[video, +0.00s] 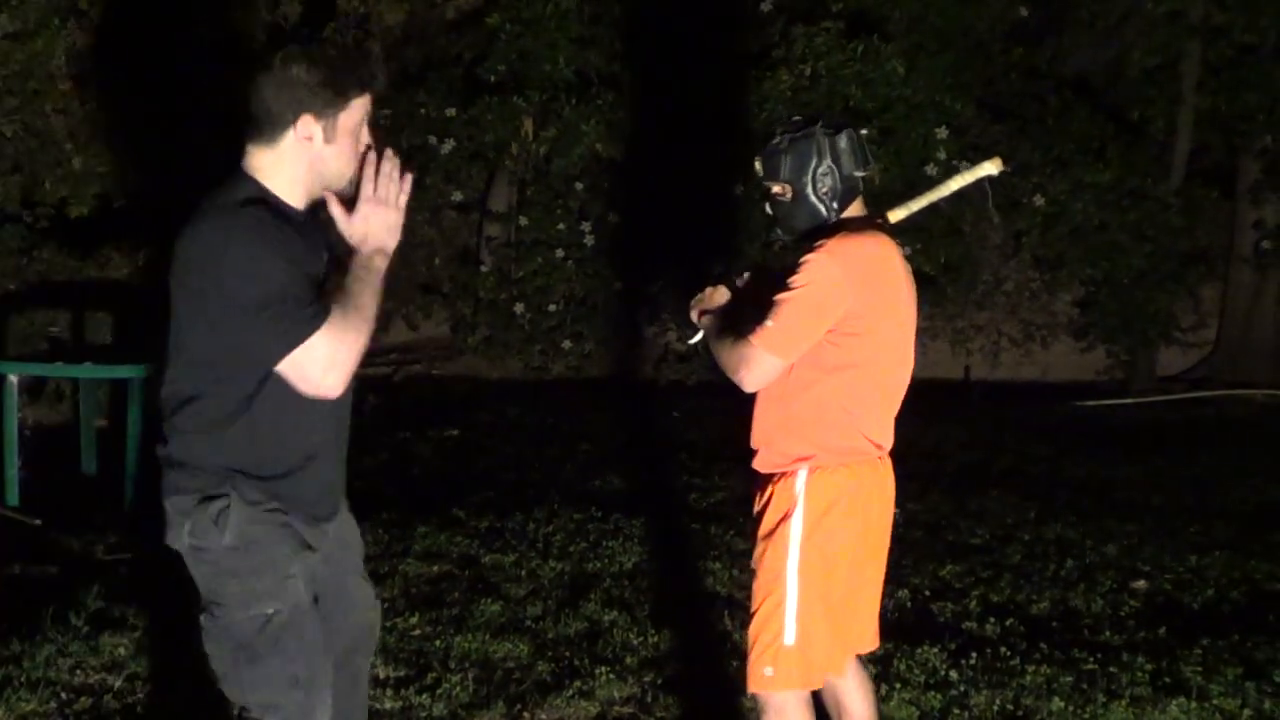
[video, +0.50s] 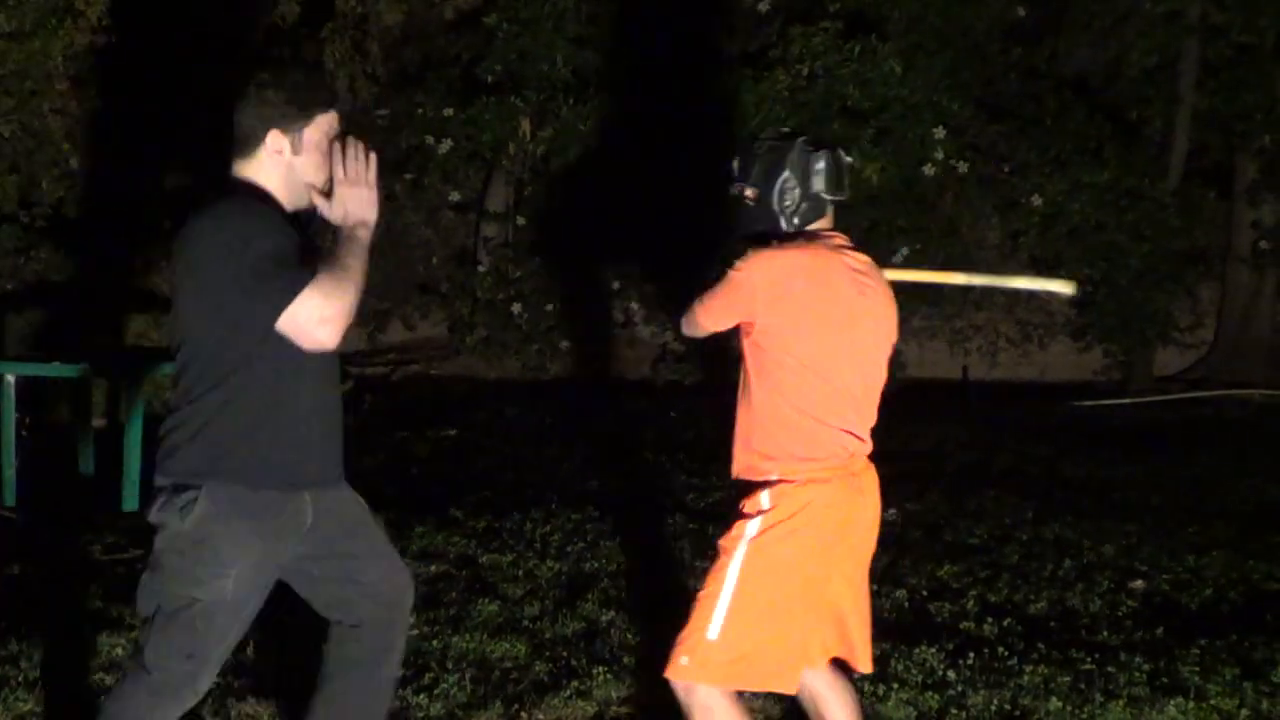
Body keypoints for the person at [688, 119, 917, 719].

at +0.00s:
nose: (775, 206)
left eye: (782, 192)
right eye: (772, 192)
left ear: (820, 188)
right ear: (840, 185)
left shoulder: (836, 262)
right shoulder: (881, 257)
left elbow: (750, 369)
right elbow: (815, 343)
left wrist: (714, 323)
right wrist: (742, 308)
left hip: (815, 487)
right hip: (857, 482)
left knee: (777, 680)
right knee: (835, 661)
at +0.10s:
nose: (775, 200)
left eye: (783, 187)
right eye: (773, 187)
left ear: (821, 185)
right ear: (843, 182)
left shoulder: (836, 262)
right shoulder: (883, 258)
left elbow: (746, 366)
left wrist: (711, 324)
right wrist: (738, 310)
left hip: (817, 488)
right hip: (861, 483)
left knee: (779, 682)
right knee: (834, 666)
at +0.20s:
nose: (777, 198)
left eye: (786, 184)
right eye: (776, 183)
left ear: (821, 185)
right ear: (850, 186)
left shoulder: (825, 261)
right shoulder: (895, 268)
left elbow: (728, 354)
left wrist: (705, 329)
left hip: (818, 487)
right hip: (873, 485)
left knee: (773, 680)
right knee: (835, 670)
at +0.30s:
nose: (774, 198)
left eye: (781, 186)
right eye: (774, 185)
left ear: (812, 190)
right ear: (853, 192)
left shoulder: (799, 263)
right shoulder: (903, 276)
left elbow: (699, 330)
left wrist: (756, 281)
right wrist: (875, 250)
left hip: (815, 492)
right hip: (878, 488)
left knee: (755, 679)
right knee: (832, 673)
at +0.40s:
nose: (764, 201)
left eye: (770, 191)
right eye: (765, 189)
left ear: (791, 199)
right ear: (846, 197)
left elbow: (697, 309)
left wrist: (765, 277)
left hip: (804, 500)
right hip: (871, 494)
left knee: (727, 679)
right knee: (819, 665)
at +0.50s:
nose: (747, 202)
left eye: (753, 192)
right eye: (750, 190)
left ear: (773, 202)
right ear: (828, 200)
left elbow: (694, 322)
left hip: (789, 502)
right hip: (854, 496)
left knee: (696, 676)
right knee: (808, 663)